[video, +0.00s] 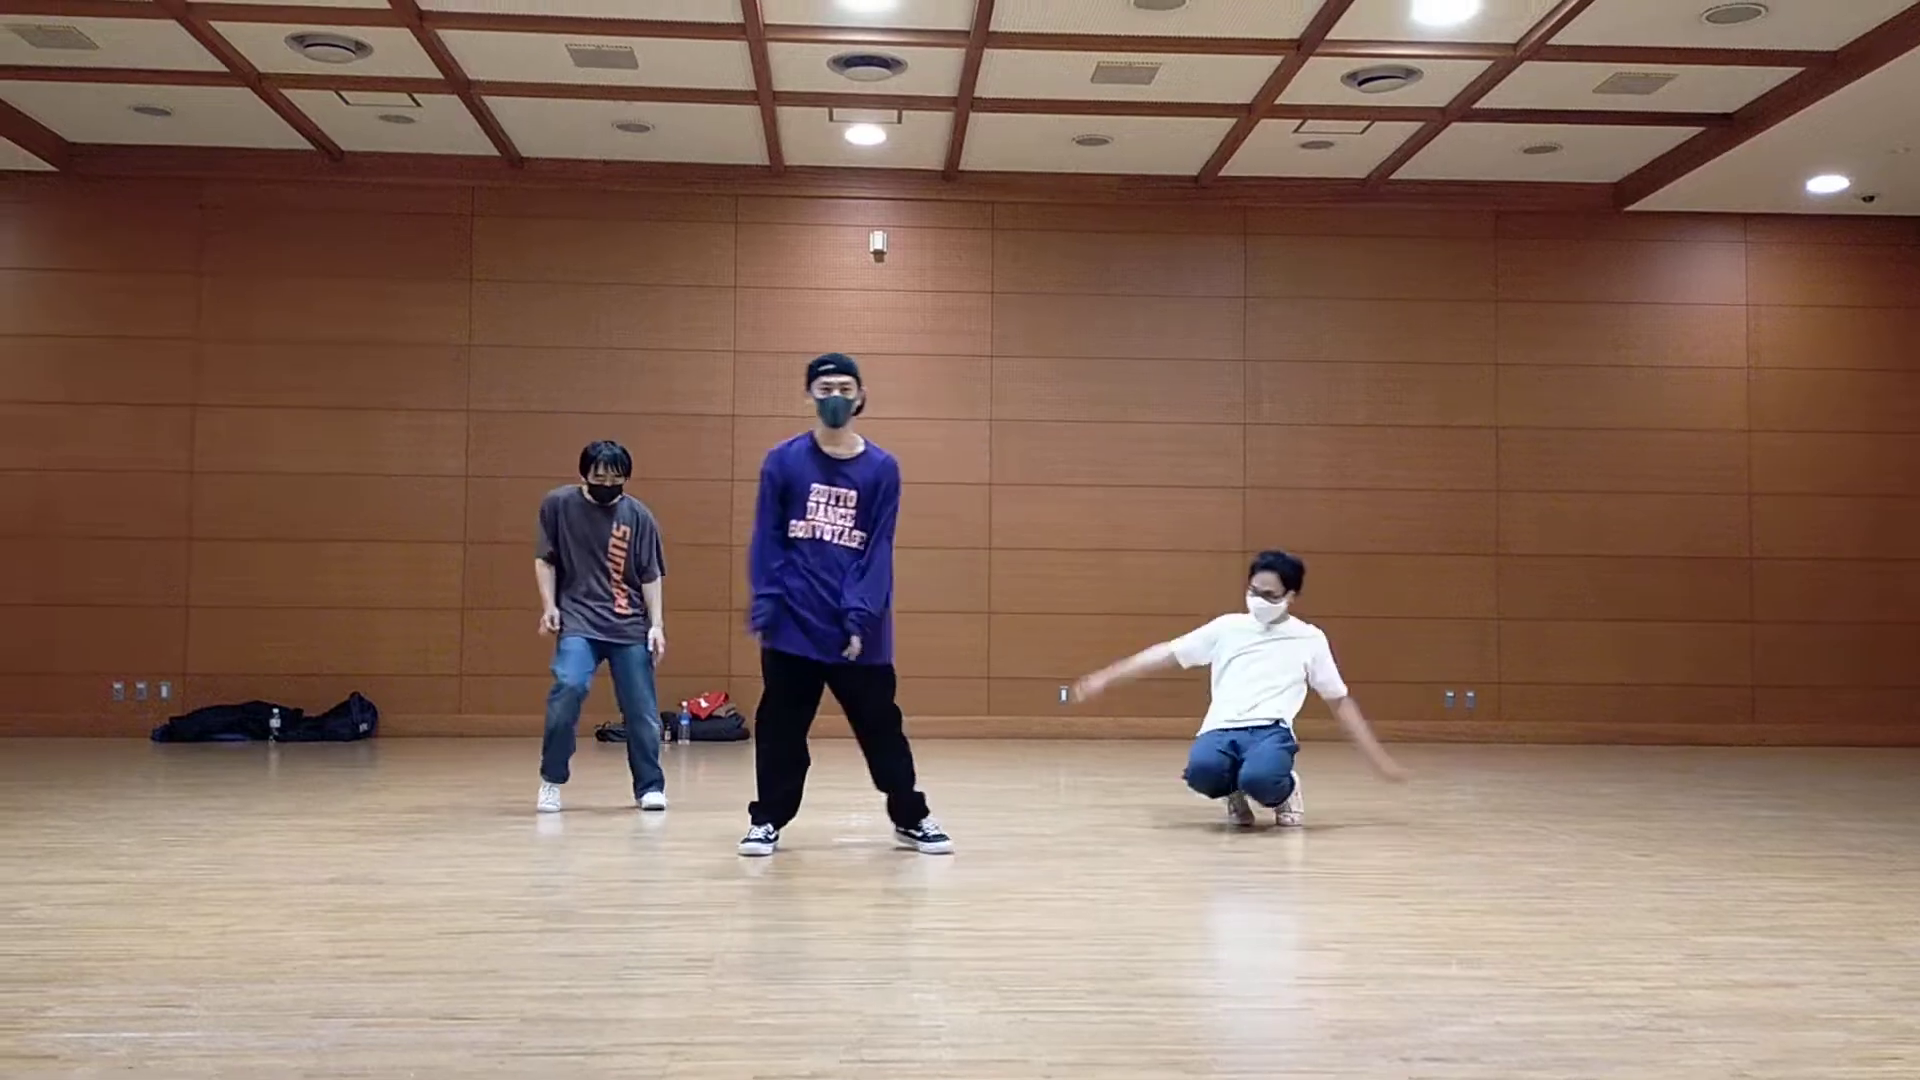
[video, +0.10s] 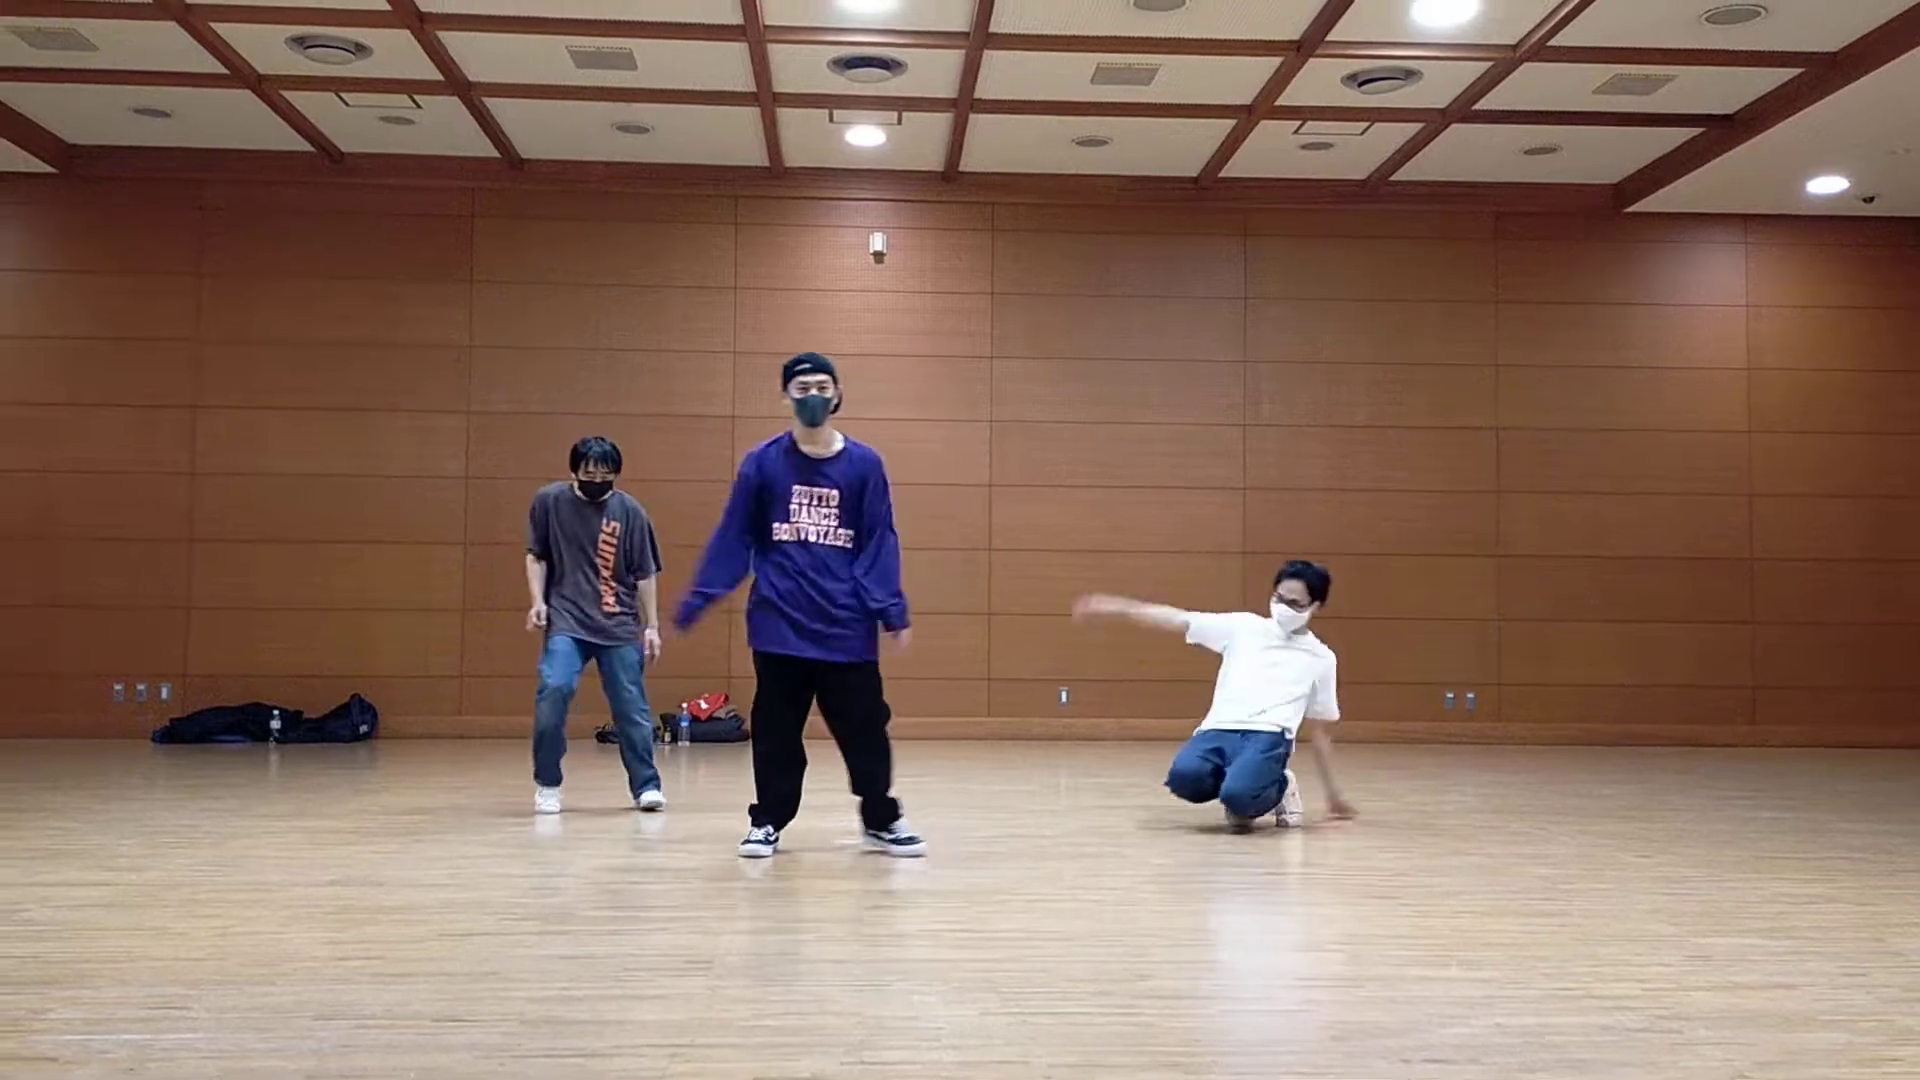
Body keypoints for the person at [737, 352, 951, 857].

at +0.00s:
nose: (834, 393)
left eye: (843, 386)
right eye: (825, 386)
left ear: (859, 395)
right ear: (810, 396)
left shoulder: (881, 468)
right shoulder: (782, 461)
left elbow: (880, 549)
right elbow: (766, 538)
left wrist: (860, 616)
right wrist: (765, 604)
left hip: (856, 622)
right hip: (793, 619)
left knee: (880, 722)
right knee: (781, 722)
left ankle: (911, 817)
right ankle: (766, 821)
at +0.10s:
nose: (813, 392)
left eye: (822, 385)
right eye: (803, 386)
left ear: (837, 396)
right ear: (787, 397)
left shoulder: (864, 464)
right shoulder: (763, 463)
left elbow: (880, 540)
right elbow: (732, 537)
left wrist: (892, 606)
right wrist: (697, 598)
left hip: (845, 620)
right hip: (781, 619)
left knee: (865, 723)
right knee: (776, 726)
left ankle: (881, 820)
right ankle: (766, 822)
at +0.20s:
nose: (798, 394)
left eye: (806, 386)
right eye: (787, 387)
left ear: (821, 396)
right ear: (771, 398)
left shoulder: (853, 462)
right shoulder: (750, 465)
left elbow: (889, 529)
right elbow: (702, 527)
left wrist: (930, 579)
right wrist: (643, 563)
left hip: (839, 619)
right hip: (774, 620)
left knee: (846, 723)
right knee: (773, 727)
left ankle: (844, 825)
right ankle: (766, 825)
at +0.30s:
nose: (786, 399)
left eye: (794, 391)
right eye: (775, 392)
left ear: (809, 401)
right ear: (760, 404)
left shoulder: (844, 462)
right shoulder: (737, 470)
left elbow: (890, 517)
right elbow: (679, 523)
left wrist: (942, 550)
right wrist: (611, 538)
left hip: (832, 612)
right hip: (769, 616)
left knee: (820, 717)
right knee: (771, 718)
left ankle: (811, 825)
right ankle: (767, 827)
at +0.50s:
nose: (801, 410)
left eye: (805, 403)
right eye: (790, 403)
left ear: (810, 410)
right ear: (760, 411)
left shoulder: (832, 467)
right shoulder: (731, 479)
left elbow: (859, 527)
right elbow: (698, 548)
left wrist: (884, 554)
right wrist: (639, 545)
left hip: (826, 619)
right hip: (768, 623)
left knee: (806, 723)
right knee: (772, 729)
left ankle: (795, 825)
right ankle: (763, 835)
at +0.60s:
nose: (812, 414)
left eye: (815, 407)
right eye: (801, 407)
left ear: (817, 413)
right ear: (770, 414)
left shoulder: (833, 468)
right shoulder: (735, 478)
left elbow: (836, 535)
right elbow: (728, 554)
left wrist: (811, 571)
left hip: (829, 621)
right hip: (770, 622)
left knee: (822, 727)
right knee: (774, 729)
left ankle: (822, 827)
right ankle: (767, 837)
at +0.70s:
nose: (825, 422)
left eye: (828, 414)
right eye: (815, 415)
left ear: (829, 418)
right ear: (784, 417)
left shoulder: (842, 471)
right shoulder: (744, 478)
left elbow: (835, 538)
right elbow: (746, 545)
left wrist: (792, 581)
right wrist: (780, 571)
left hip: (838, 626)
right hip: (777, 628)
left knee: (843, 736)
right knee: (779, 738)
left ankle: (856, 835)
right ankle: (770, 841)